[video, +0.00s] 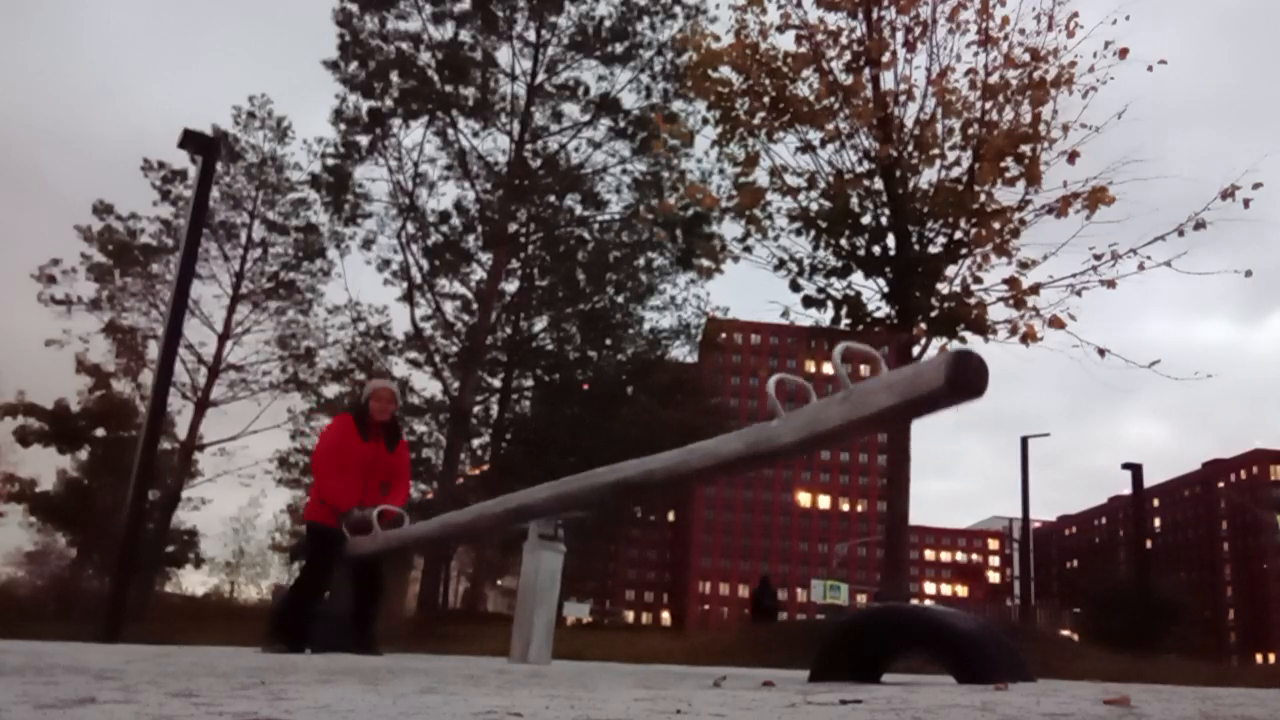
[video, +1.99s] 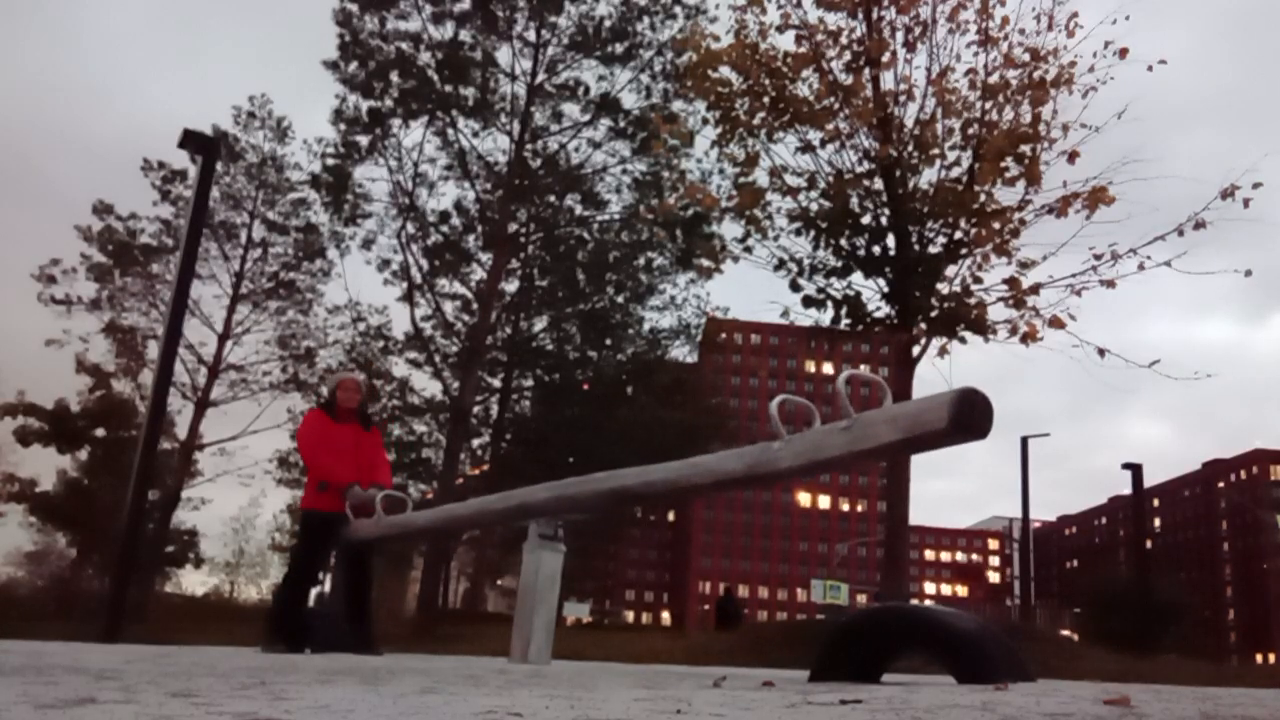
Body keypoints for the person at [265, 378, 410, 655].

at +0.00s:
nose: (384, 406)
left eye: (390, 401)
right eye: (378, 400)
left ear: (396, 406)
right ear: (367, 402)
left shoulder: (396, 442)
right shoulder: (343, 426)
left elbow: (401, 483)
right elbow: (322, 468)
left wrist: (387, 510)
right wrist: (347, 506)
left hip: (367, 525)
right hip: (327, 516)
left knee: (370, 583)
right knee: (317, 573)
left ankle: (362, 645)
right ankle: (286, 637)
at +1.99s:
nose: (349, 395)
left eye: (355, 391)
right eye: (344, 390)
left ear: (363, 397)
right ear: (333, 393)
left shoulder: (369, 432)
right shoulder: (316, 419)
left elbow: (381, 468)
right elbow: (313, 456)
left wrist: (378, 490)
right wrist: (343, 482)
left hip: (358, 514)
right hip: (320, 509)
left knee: (358, 579)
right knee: (302, 574)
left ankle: (360, 641)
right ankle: (281, 637)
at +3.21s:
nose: (365, 390)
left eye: (370, 385)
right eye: (358, 385)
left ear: (377, 391)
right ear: (347, 389)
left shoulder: (381, 429)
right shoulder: (326, 414)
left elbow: (387, 467)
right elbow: (318, 455)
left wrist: (382, 491)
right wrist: (347, 484)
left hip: (360, 514)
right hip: (322, 509)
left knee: (359, 580)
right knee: (303, 573)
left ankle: (361, 641)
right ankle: (282, 635)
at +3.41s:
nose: (367, 389)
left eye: (372, 384)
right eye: (361, 383)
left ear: (380, 391)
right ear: (349, 388)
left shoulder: (382, 426)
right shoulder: (329, 413)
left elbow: (390, 465)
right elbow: (319, 455)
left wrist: (382, 490)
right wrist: (348, 485)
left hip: (362, 514)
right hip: (323, 509)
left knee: (359, 579)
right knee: (304, 572)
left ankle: (361, 642)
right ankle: (282, 636)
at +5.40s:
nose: (379, 382)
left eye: (384, 377)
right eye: (373, 376)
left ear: (390, 383)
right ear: (361, 378)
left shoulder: (390, 417)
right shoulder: (336, 403)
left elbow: (398, 455)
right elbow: (320, 443)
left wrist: (388, 478)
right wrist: (350, 474)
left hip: (368, 504)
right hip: (327, 497)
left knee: (368, 568)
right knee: (310, 561)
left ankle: (365, 637)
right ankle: (284, 631)